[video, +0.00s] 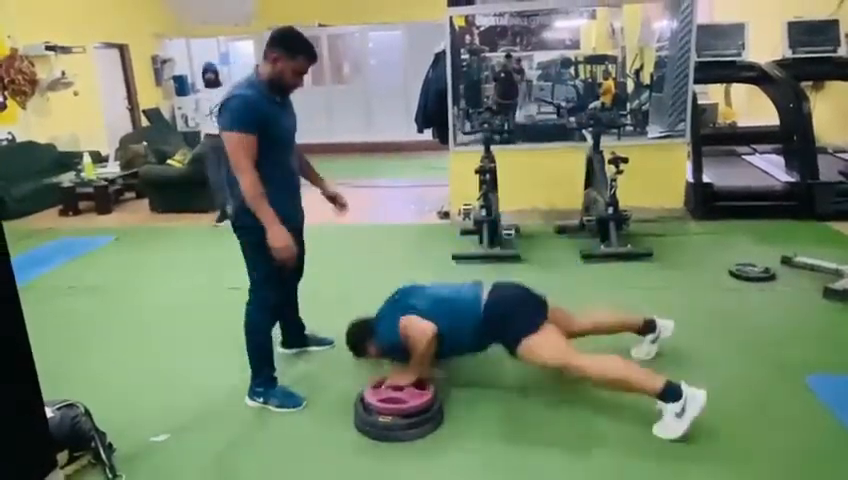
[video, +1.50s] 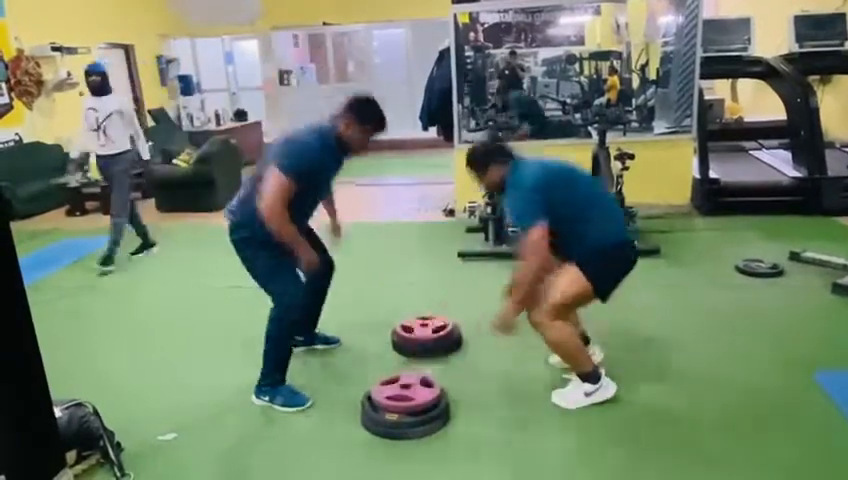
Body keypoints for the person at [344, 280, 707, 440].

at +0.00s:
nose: (374, 360)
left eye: (370, 356)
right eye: (370, 357)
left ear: (371, 343)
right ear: (373, 324)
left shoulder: (391, 327)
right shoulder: (398, 299)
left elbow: (427, 332)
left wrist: (416, 372)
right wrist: (419, 358)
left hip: (503, 317)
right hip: (504, 292)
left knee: (574, 363)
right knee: (574, 325)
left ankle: (675, 395)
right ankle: (651, 326)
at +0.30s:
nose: (357, 337)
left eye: (353, 333)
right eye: (354, 332)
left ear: (356, 326)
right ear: (363, 306)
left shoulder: (386, 320)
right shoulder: (394, 295)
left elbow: (426, 333)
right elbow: (428, 324)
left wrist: (410, 374)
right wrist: (410, 358)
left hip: (499, 322)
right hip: (501, 295)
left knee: (570, 374)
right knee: (570, 325)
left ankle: (666, 397)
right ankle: (648, 326)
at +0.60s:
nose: (379, 278)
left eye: (375, 272)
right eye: (375, 273)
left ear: (379, 262)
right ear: (385, 244)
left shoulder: (410, 270)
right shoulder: (421, 242)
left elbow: (420, 329)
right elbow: (429, 307)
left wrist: (415, 373)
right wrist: (418, 336)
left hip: (490, 343)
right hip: (497, 319)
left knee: (556, 386)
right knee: (558, 344)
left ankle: (654, 393)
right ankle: (638, 327)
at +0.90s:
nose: (395, 276)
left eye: (390, 271)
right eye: (391, 272)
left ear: (392, 258)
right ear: (397, 244)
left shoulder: (419, 255)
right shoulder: (425, 239)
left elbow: (423, 328)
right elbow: (432, 304)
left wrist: (415, 374)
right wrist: (420, 332)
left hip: (538, 266)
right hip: (538, 249)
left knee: (558, 360)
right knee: (573, 309)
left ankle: (653, 381)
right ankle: (644, 326)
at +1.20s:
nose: (460, 273)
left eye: (459, 267)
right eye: (457, 268)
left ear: (470, 257)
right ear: (475, 250)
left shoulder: (491, 269)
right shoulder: (495, 251)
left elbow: (460, 335)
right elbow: (469, 297)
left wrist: (420, 371)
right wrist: (434, 320)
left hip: (603, 306)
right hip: (600, 288)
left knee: (529, 331)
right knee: (531, 312)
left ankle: (594, 381)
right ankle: (588, 349)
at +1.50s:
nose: (482, 184)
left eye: (481, 176)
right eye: (479, 177)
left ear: (494, 167)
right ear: (501, 161)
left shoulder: (523, 186)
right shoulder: (526, 173)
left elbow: (538, 256)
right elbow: (536, 240)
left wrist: (513, 308)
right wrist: (521, 281)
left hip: (610, 248)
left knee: (543, 313)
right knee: (540, 290)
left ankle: (593, 382)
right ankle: (581, 350)